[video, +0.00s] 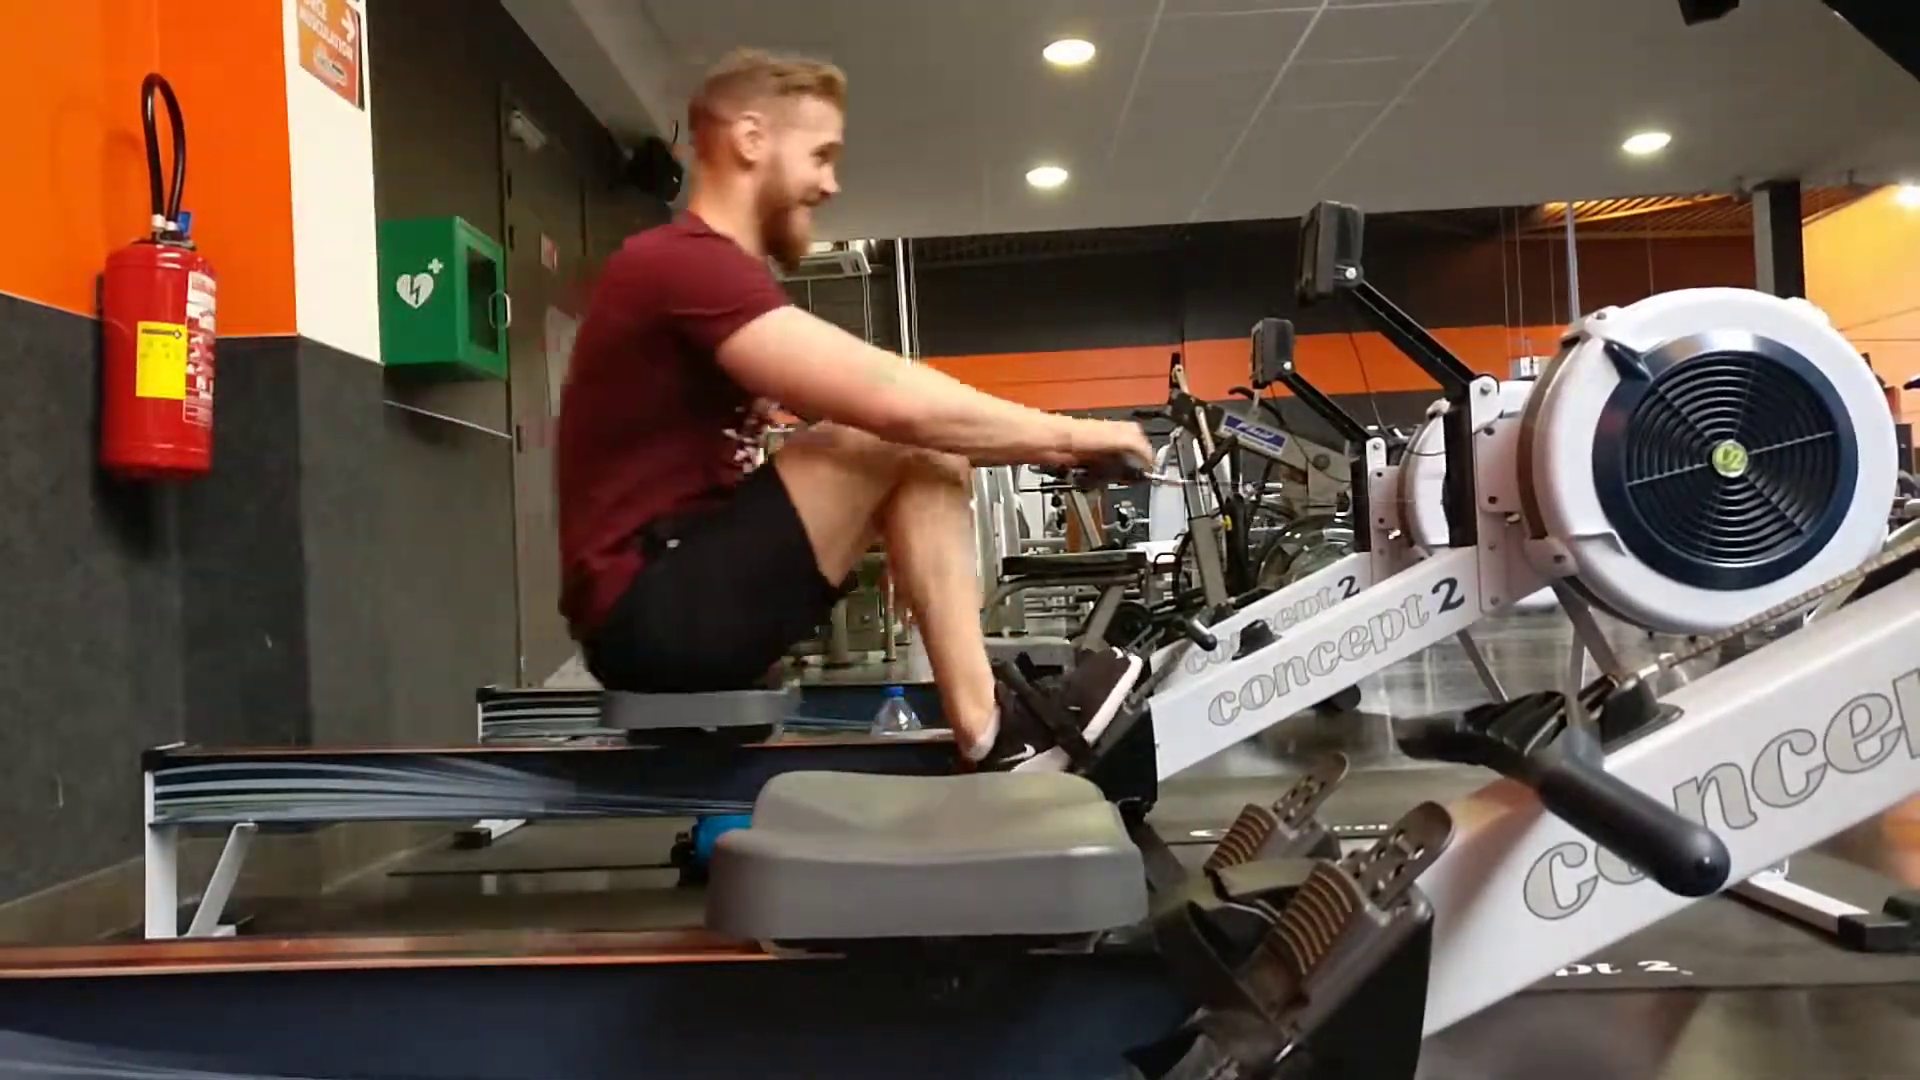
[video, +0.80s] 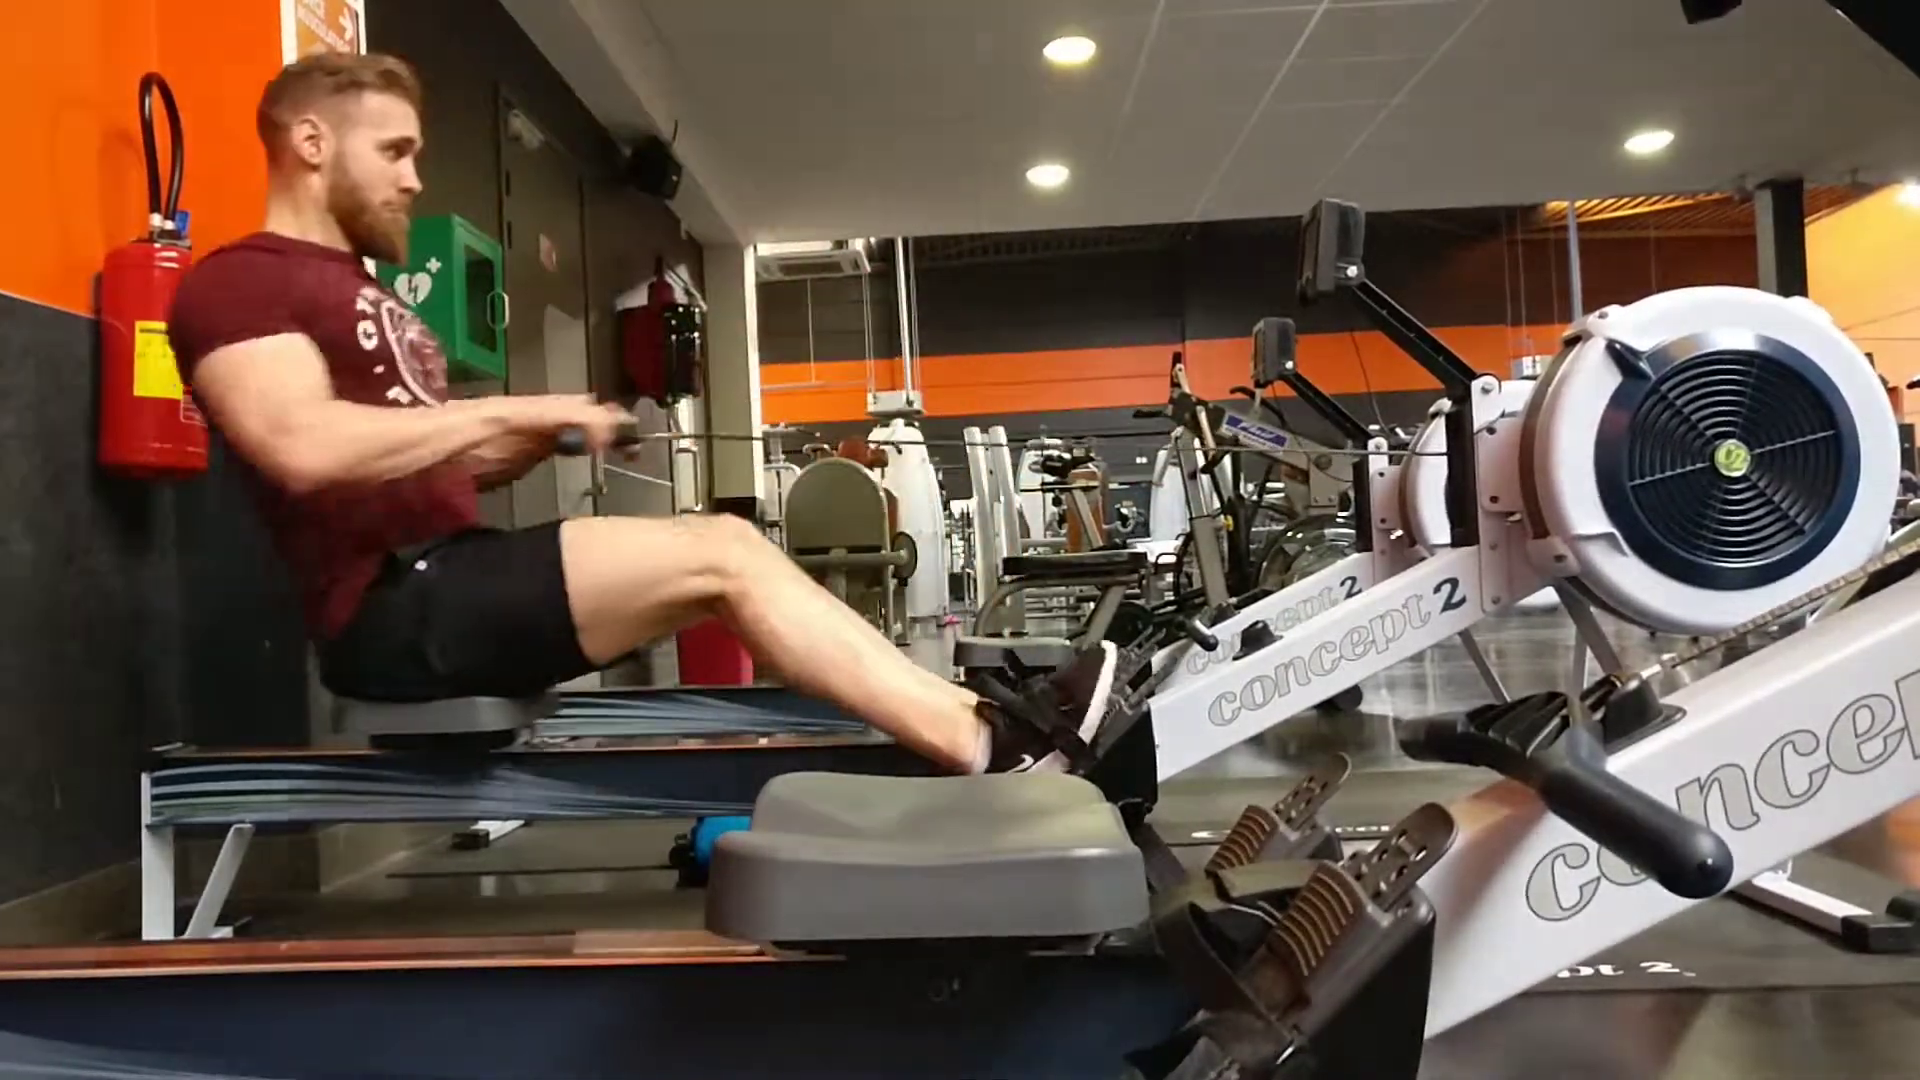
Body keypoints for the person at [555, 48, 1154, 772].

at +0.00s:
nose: (832, 185)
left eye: (834, 162)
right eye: (821, 156)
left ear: (747, 146)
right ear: (749, 140)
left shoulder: (700, 269)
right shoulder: (684, 265)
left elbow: (883, 397)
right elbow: (896, 404)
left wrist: (1055, 439)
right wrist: (1069, 436)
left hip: (666, 611)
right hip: (656, 619)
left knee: (908, 442)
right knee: (914, 448)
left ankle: (982, 713)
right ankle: (982, 730)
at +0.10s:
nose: (918, 188)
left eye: (922, 163)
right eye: (909, 157)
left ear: (838, 146)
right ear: (838, 141)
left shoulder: (790, 262)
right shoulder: (779, 262)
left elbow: (973, 396)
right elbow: (994, 405)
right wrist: (1170, 461)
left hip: (737, 606)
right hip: (726, 615)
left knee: (961, 419)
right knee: (958, 421)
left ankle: (981, 703)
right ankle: (982, 713)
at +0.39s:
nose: (908, 162)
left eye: (907, 136)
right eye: (896, 133)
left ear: (826, 129)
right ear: (826, 123)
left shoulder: (793, 252)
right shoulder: (775, 247)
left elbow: (973, 388)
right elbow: (981, 384)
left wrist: (1153, 435)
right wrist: (1170, 433)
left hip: (756, 598)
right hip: (744, 609)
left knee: (978, 420)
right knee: (981, 429)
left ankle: (997, 685)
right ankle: (987, 713)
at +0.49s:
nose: (791, 142)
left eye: (786, 118)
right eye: (774, 113)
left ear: (705, 113)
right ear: (700, 110)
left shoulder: (695, 244)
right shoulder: (648, 232)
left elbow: (824, 390)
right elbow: (822, 374)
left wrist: (1002, 407)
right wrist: (1018, 404)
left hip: (686, 595)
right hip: (666, 605)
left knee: (932, 431)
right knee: (928, 432)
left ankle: (992, 703)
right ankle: (988, 727)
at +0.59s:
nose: (637, 140)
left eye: (634, 116)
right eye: (618, 111)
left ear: (547, 118)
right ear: (540, 113)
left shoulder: (580, 258)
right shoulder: (503, 242)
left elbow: (696, 405)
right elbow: (674, 393)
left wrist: (871, 409)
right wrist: (875, 407)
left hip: (600, 595)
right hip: (560, 604)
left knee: (859, 451)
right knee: (856, 458)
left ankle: (989, 716)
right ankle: (991, 738)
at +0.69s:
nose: (503, 157)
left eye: (502, 135)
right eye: (482, 131)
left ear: (418, 137)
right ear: (393, 126)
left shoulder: (466, 279)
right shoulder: (353, 263)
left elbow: (571, 422)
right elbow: (496, 417)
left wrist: (724, 419)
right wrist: (719, 416)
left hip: (522, 583)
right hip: (471, 606)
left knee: (787, 490)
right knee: (784, 496)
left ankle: (992, 717)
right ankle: (990, 745)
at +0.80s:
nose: (415, 180)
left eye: (415, 158)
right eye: (395, 153)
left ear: (327, 148)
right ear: (308, 143)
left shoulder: (373, 294)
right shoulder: (244, 277)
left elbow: (448, 477)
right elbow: (300, 448)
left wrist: (533, 435)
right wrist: (521, 419)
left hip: (459, 579)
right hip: (393, 603)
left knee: (734, 546)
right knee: (725, 548)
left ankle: (986, 731)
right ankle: (980, 752)